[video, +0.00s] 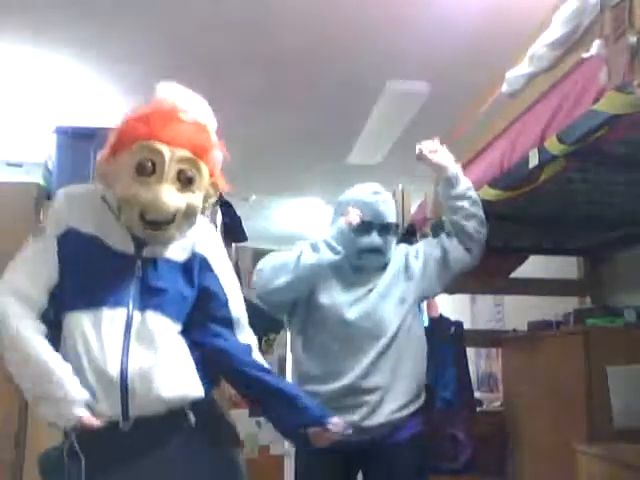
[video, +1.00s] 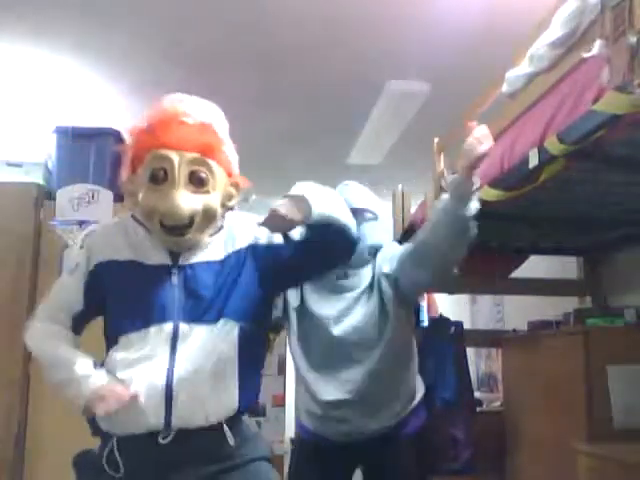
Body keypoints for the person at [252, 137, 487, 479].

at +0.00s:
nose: (374, 241)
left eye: (384, 230)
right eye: (363, 230)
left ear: (395, 232)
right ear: (341, 230)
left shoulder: (410, 266)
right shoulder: (311, 269)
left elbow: (467, 241)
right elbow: (265, 286)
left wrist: (451, 174)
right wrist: (335, 240)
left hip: (397, 433)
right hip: (323, 435)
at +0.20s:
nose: (352, 244)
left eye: (360, 231)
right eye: (340, 237)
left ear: (373, 228)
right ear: (325, 241)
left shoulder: (403, 270)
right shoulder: (311, 290)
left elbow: (430, 210)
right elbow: (263, 324)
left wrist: (453, 131)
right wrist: (319, 276)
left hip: (397, 443)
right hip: (322, 444)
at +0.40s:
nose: (348, 234)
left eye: (359, 225)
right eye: (338, 229)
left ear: (383, 236)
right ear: (325, 247)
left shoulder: (413, 282)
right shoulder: (315, 298)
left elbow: (461, 224)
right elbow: (288, 341)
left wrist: (415, 169)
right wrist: (311, 257)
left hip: (393, 456)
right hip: (320, 454)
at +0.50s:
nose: (361, 227)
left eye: (374, 219)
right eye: (350, 223)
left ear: (397, 235)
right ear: (338, 240)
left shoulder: (420, 279)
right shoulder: (319, 285)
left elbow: (482, 238)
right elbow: (276, 311)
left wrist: (432, 181)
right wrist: (327, 245)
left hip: (397, 453)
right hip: (323, 454)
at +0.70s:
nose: (373, 230)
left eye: (386, 220)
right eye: (361, 219)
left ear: (403, 230)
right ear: (343, 226)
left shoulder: (415, 280)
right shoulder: (315, 277)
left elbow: (488, 278)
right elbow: (256, 268)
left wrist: (460, 215)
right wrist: (330, 232)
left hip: (403, 433)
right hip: (331, 437)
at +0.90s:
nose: (362, 231)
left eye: (376, 222)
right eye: (351, 219)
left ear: (394, 231)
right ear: (332, 225)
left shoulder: (402, 276)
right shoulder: (311, 272)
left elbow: (471, 270)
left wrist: (469, 195)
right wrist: (320, 228)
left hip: (401, 433)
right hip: (328, 437)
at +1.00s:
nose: (355, 228)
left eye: (366, 218)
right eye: (345, 217)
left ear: (380, 224)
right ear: (322, 222)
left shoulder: (390, 269)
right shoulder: (296, 279)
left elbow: (435, 249)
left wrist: (464, 176)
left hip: (394, 433)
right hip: (319, 437)